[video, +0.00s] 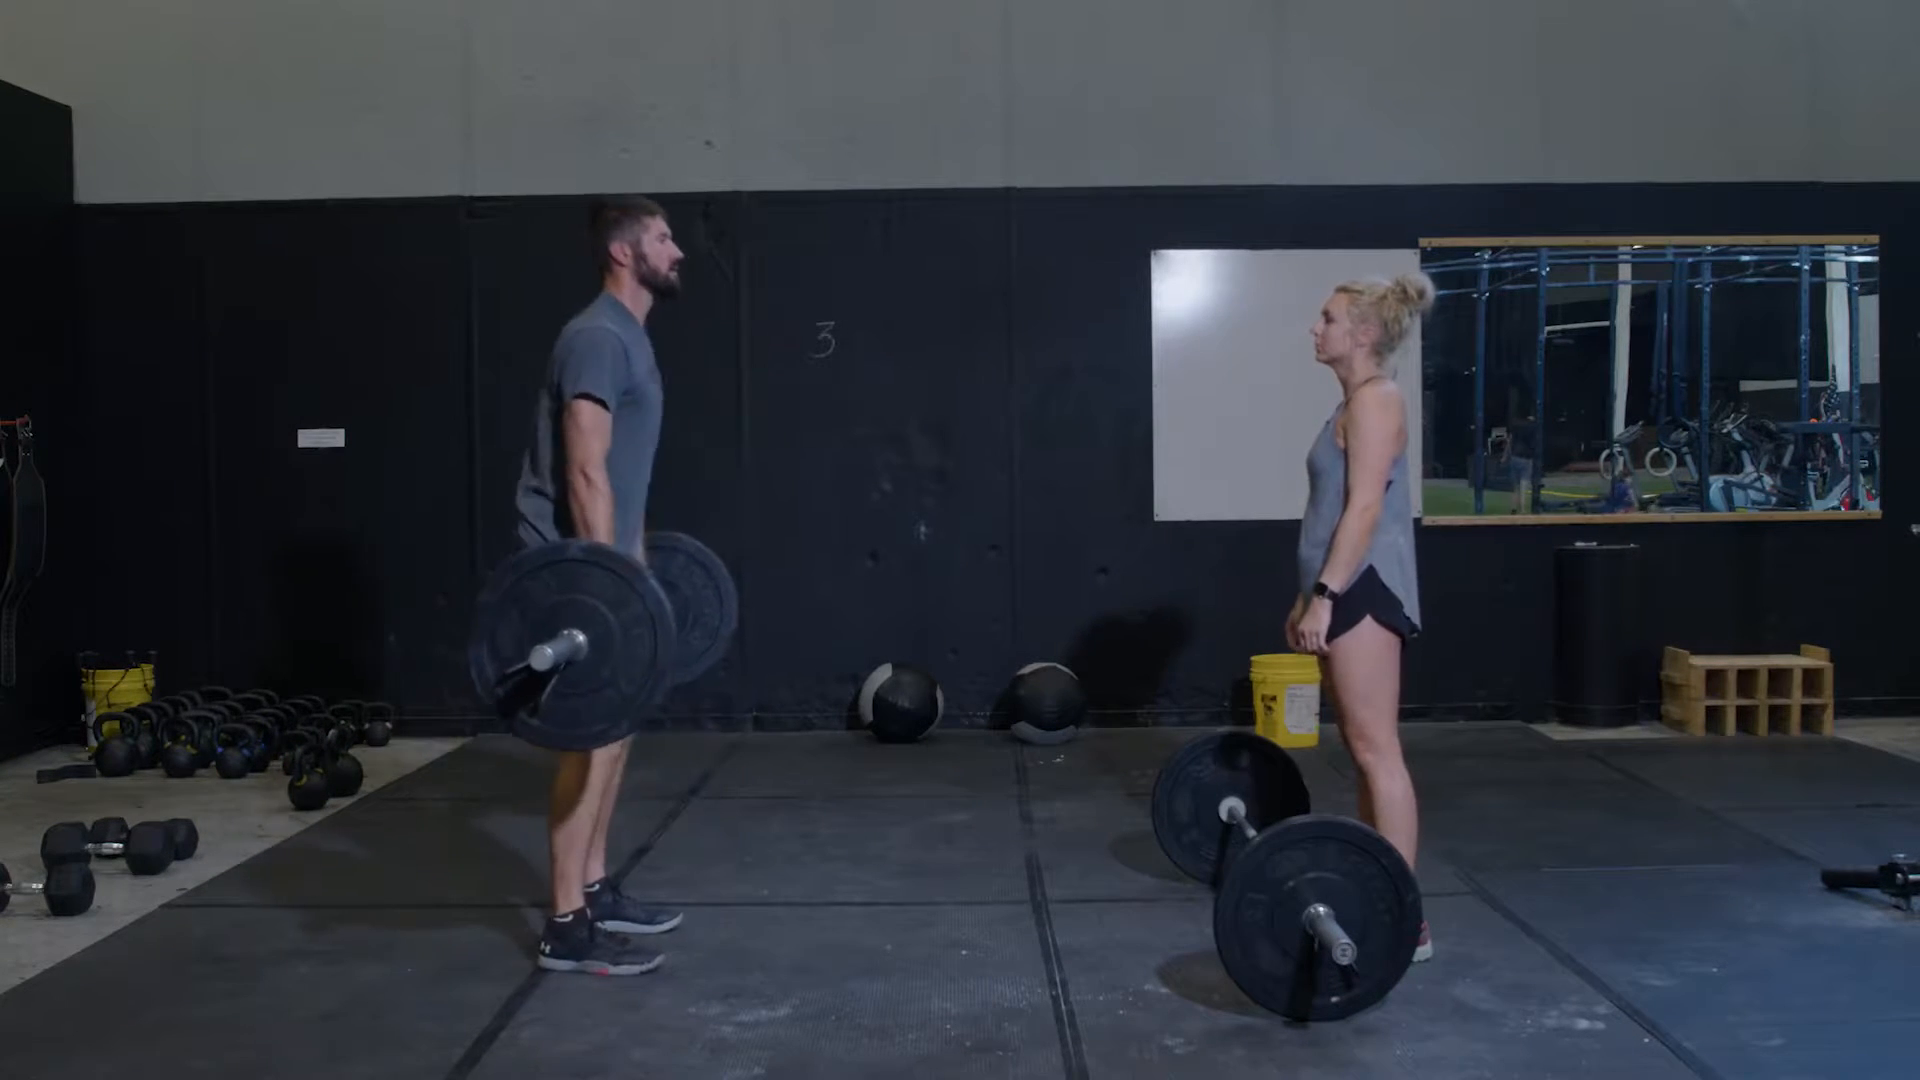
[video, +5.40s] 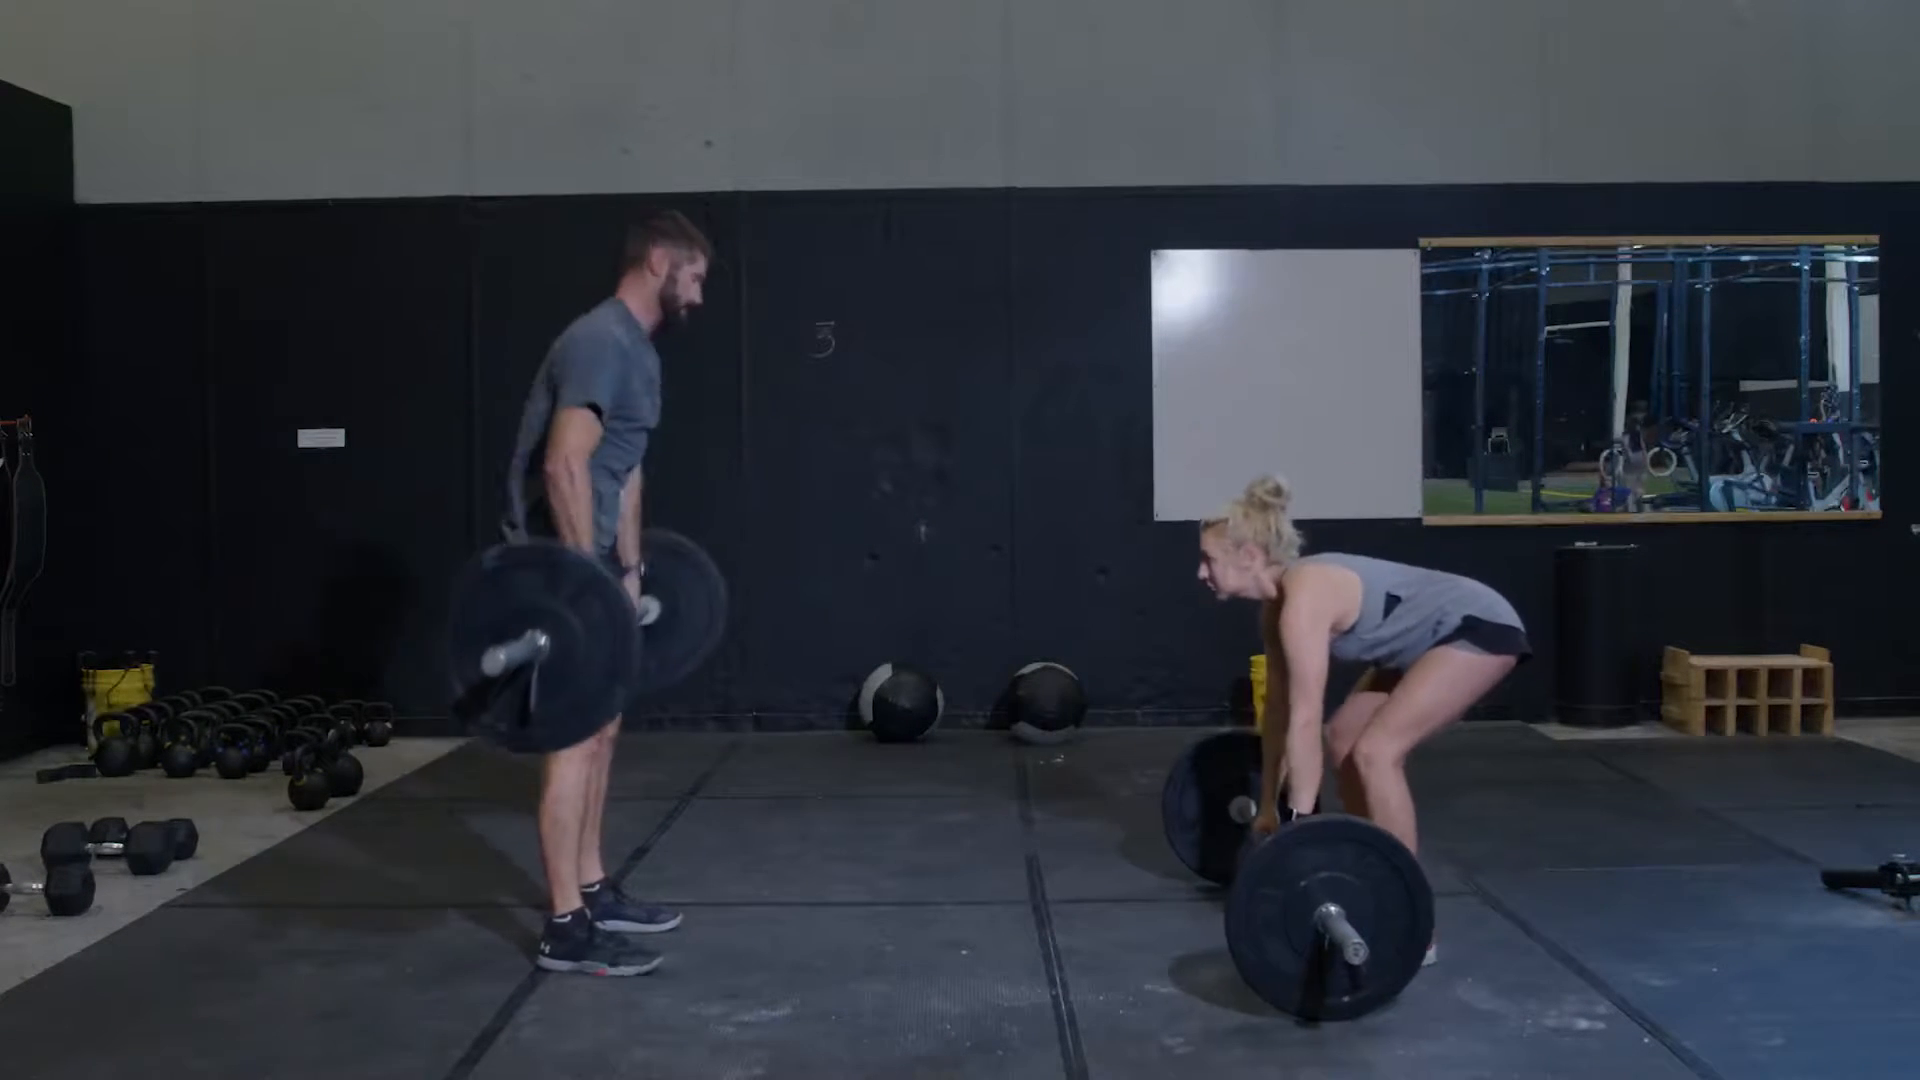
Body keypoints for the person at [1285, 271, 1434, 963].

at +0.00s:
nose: (1316, 329)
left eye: (1329, 320)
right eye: (1320, 318)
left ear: (1365, 333)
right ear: (1356, 334)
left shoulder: (1375, 400)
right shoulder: (1354, 403)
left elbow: (1365, 508)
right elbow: (1338, 512)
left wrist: (1325, 594)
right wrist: (1310, 594)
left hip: (1366, 593)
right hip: (1346, 592)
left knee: (1377, 749)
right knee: (1365, 748)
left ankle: (1399, 912)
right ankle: (1378, 901)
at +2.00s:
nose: (1321, 324)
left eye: (1335, 317)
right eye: (1325, 314)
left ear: (1369, 336)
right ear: (1358, 336)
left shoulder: (1375, 402)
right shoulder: (1351, 405)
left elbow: (1367, 509)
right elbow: (1331, 513)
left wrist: (1327, 593)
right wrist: (1304, 594)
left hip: (1367, 593)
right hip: (1342, 593)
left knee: (1378, 748)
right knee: (1359, 747)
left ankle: (1401, 914)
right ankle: (1375, 903)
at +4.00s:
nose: (1321, 330)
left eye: (1334, 322)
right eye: (1325, 320)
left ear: (1370, 335)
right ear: (1358, 337)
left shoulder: (1378, 402)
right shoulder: (1356, 403)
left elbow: (1366, 512)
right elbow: (1339, 514)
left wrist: (1326, 596)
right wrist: (1310, 595)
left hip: (1366, 590)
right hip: (1346, 590)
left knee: (1366, 746)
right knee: (1357, 743)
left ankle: (1398, 912)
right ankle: (1383, 903)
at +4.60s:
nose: (1279, 379)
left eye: (1282, 365)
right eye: (1274, 369)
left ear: (1318, 347)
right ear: (1312, 350)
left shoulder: (1364, 405)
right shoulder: (1337, 417)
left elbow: (1361, 519)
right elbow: (1332, 528)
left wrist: (1334, 612)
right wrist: (1308, 618)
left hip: (1401, 588)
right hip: (1365, 591)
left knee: (1382, 748)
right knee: (1348, 743)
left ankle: (1402, 919)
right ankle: (1370, 903)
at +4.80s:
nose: (1235, 453)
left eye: (1236, 439)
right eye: (1228, 443)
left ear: (1266, 415)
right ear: (1259, 418)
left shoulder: (1327, 457)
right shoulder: (1295, 476)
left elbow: (1336, 573)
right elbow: (1303, 578)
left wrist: (1328, 673)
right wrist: (1299, 673)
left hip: (1448, 595)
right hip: (1395, 606)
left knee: (1396, 743)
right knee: (1360, 739)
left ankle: (1407, 921)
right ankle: (1369, 901)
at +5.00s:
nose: (1212, 547)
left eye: (1214, 532)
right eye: (1207, 535)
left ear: (1244, 509)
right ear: (1243, 512)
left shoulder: (1303, 548)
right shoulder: (1280, 561)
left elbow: (1306, 667)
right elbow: (1280, 669)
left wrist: (1291, 771)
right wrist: (1269, 758)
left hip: (1473, 612)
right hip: (1420, 623)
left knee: (1388, 749)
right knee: (1351, 739)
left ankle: (1407, 924)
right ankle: (1368, 901)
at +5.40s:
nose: (1202, 574)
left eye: (1209, 561)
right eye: (1202, 562)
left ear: (1252, 556)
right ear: (1252, 559)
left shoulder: (1306, 598)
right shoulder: (1279, 603)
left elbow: (1305, 718)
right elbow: (1275, 713)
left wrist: (1298, 825)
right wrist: (1269, 806)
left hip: (1480, 629)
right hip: (1426, 636)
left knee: (1376, 752)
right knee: (1339, 740)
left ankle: (1407, 923)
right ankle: (1374, 893)